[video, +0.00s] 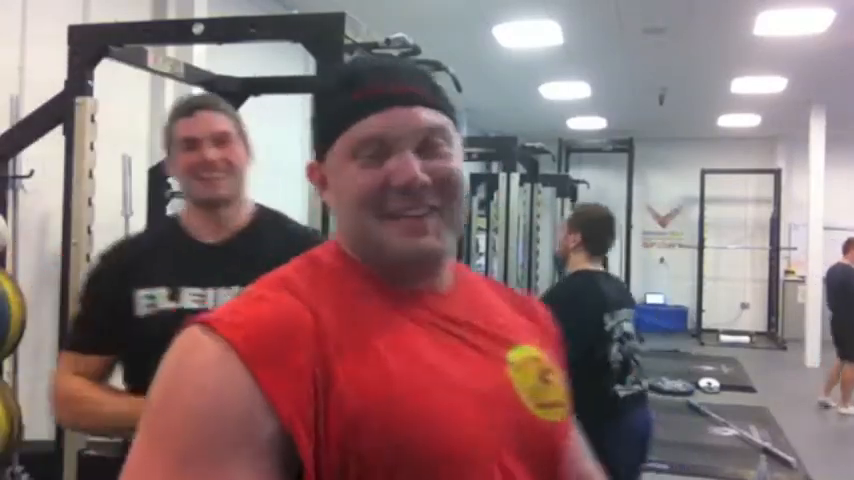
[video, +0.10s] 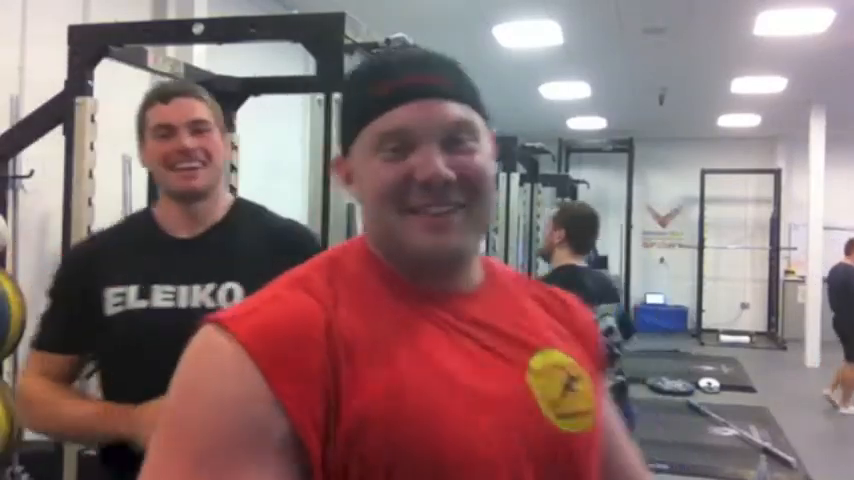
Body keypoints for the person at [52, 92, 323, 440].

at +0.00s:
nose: (209, 157)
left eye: (223, 142)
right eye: (190, 146)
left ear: (247, 152)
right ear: (169, 166)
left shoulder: (308, 256)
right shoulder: (127, 266)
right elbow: (70, 396)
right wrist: (166, 411)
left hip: (281, 462)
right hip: (165, 461)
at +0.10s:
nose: (185, 145)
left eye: (200, 130)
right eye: (164, 134)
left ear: (228, 145)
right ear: (143, 155)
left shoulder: (291, 249)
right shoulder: (94, 264)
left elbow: (333, 379)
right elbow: (34, 396)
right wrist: (133, 421)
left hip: (261, 467)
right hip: (143, 472)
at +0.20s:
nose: (170, 140)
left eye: (185, 126)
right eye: (148, 128)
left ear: (213, 142)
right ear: (125, 150)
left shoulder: (280, 253)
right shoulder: (72, 266)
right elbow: (10, 394)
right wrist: (89, 449)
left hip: (247, 468)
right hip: (121, 473)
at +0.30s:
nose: (167, 141)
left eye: (183, 127)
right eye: (145, 128)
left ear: (210, 147)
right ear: (117, 151)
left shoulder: (277, 265)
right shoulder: (56, 273)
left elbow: (325, 412)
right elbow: (3, 413)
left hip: (231, 469)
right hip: (90, 470)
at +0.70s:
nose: (160, 115)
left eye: (174, 99)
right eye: (131, 99)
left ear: (191, 117)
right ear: (83, 120)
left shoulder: (232, 268)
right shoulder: (15, 242)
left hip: (183, 468)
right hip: (39, 466)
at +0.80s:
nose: (144, 115)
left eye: (157, 99)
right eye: (115, 98)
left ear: (169, 116)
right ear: (58, 119)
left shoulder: (192, 268)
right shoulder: (11, 236)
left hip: (160, 469)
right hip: (31, 465)